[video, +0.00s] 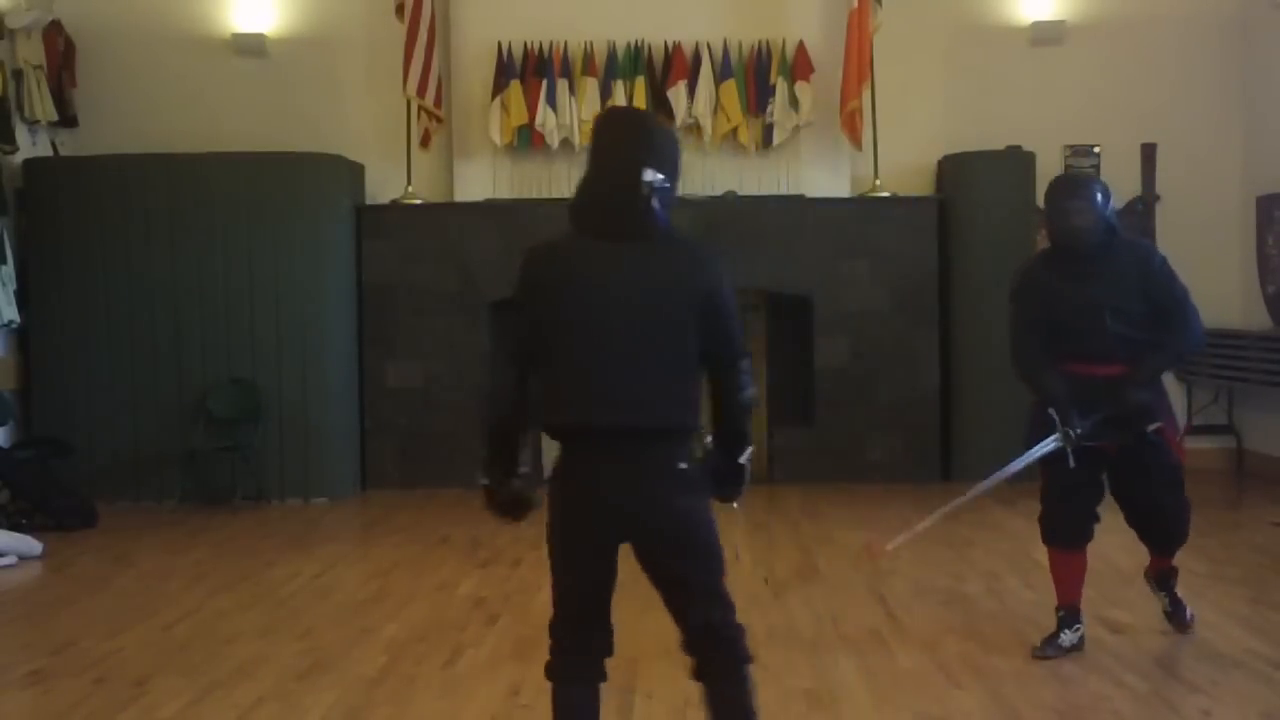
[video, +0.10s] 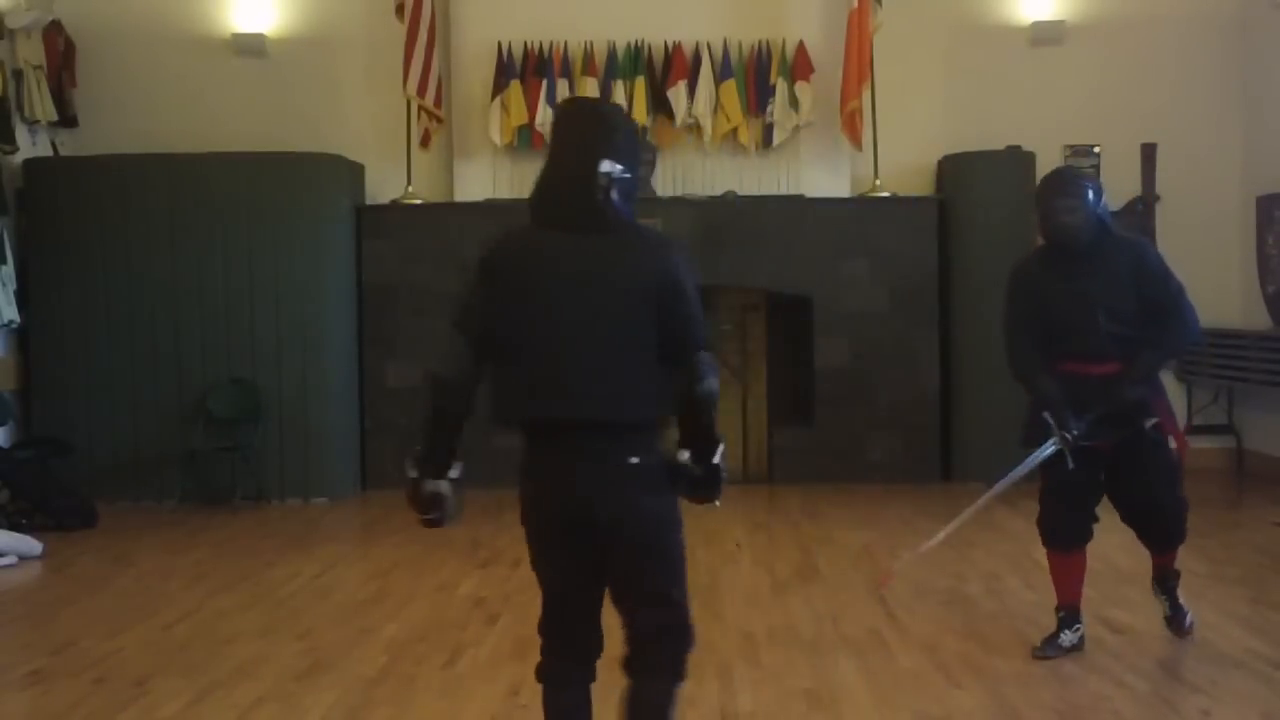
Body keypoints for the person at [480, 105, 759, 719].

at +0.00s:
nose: (670, 186)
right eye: (667, 175)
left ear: (594, 175)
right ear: (663, 180)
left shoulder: (547, 264)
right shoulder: (692, 265)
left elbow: (512, 372)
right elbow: (730, 373)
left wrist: (505, 468)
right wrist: (730, 458)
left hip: (581, 482)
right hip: (666, 482)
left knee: (576, 647)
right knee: (715, 642)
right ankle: (735, 707)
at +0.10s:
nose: (643, 176)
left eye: (637, 163)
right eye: (639, 164)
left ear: (554, 167)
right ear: (624, 173)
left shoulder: (512, 256)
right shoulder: (655, 259)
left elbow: (460, 368)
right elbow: (695, 373)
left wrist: (435, 466)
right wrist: (703, 454)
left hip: (548, 477)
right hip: (635, 480)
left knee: (566, 642)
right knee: (660, 642)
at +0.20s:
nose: (601, 181)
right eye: (599, 168)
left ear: (517, 168)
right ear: (592, 175)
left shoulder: (476, 256)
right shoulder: (612, 261)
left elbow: (416, 365)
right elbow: (656, 376)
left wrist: (380, 463)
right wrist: (674, 463)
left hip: (513, 482)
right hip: (595, 483)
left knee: (547, 636)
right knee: (601, 647)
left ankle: (554, 707)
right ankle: (557, 705)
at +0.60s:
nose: (504, 185)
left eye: (501, 169)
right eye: (500, 170)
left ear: (414, 162)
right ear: (484, 175)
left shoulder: (350, 250)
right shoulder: (492, 263)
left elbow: (310, 377)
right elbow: (523, 403)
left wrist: (367, 433)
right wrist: (554, 480)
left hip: (359, 478)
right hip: (445, 486)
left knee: (386, 636)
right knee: (436, 664)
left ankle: (360, 710)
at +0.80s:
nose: (432, 176)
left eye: (430, 159)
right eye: (427, 160)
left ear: (340, 159)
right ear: (405, 170)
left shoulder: (277, 255)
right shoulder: (418, 264)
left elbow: (261, 386)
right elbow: (446, 410)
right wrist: (485, 424)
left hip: (291, 499)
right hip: (384, 506)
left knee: (252, 663)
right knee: (409, 687)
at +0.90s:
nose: (385, 190)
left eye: (383, 172)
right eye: (381, 173)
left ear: (289, 168)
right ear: (359, 179)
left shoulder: (228, 267)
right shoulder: (365, 272)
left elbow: (225, 396)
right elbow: (401, 421)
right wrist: (453, 407)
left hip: (243, 517)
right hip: (340, 524)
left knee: (196, 683)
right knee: (391, 694)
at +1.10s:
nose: (270, 209)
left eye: (270, 189)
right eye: (267, 190)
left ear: (179, 172)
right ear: (243, 192)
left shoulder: (113, 270)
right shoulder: (247, 281)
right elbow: (276, 428)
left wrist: (267, 355)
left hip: (114, 535)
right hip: (209, 542)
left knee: (118, 709)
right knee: (302, 706)